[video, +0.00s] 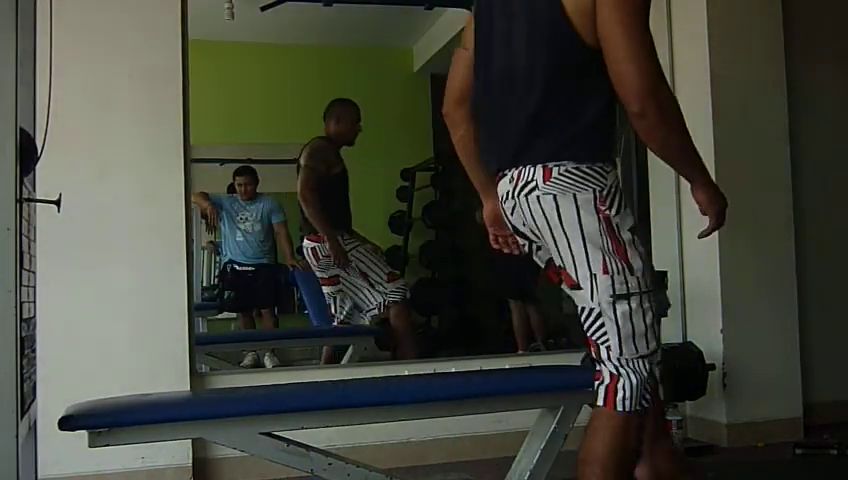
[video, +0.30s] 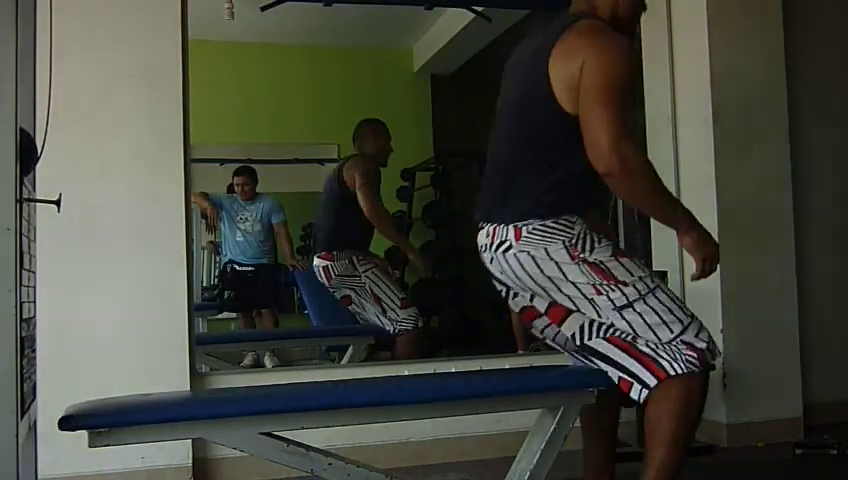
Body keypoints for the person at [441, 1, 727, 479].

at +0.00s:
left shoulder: (488, 8)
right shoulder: (603, 5)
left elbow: (455, 105)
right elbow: (641, 100)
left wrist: (489, 193)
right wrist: (698, 178)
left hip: (514, 187)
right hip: (573, 181)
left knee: (638, 316)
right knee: (625, 367)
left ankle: (655, 458)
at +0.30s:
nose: (639, 13)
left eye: (640, 6)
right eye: (637, 4)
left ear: (586, 2)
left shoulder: (543, 39)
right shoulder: (600, 44)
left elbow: (540, 158)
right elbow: (612, 158)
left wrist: (597, 231)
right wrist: (687, 226)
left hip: (509, 236)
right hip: (543, 235)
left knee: (602, 365)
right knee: (682, 354)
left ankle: (597, 472)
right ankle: (658, 472)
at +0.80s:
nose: (476, 113)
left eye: (476, 102)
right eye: (473, 101)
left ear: (414, 100)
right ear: (450, 101)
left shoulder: (387, 162)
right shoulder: (445, 160)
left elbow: (472, 242)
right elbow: (557, 230)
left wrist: (530, 177)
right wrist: (586, 154)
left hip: (435, 348)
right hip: (474, 344)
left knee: (588, 344)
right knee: (650, 357)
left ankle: (598, 472)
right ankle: (673, 472)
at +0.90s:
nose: (426, 124)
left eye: (428, 113)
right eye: (424, 112)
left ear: (366, 109)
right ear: (400, 110)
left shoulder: (342, 181)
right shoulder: (405, 173)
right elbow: (532, 197)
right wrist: (524, 111)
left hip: (425, 349)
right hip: (462, 344)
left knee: (585, 351)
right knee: (642, 360)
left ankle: (600, 470)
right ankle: (675, 471)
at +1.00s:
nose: (394, 141)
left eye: (393, 128)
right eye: (387, 126)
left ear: (331, 127)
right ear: (352, 125)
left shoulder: (306, 200)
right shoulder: (359, 190)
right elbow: (494, 173)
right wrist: (448, 85)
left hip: (429, 347)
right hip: (459, 347)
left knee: (576, 351)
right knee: (634, 367)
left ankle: (615, 468)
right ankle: (686, 468)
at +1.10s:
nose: (348, 159)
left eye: (345, 146)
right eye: (341, 147)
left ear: (279, 156)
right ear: (313, 150)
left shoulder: (274, 232)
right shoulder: (325, 215)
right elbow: (449, 152)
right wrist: (368, 83)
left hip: (431, 350)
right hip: (463, 344)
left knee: (571, 351)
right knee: (633, 365)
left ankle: (626, 464)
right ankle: (694, 469)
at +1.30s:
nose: (272, 239)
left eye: (267, 229)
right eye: (258, 231)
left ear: (217, 250)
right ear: (226, 245)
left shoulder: (246, 307)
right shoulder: (259, 306)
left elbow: (318, 187)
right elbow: (332, 172)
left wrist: (205, 178)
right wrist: (214, 158)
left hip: (448, 327)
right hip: (455, 339)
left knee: (592, 357)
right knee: (624, 355)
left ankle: (656, 455)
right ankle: (733, 432)